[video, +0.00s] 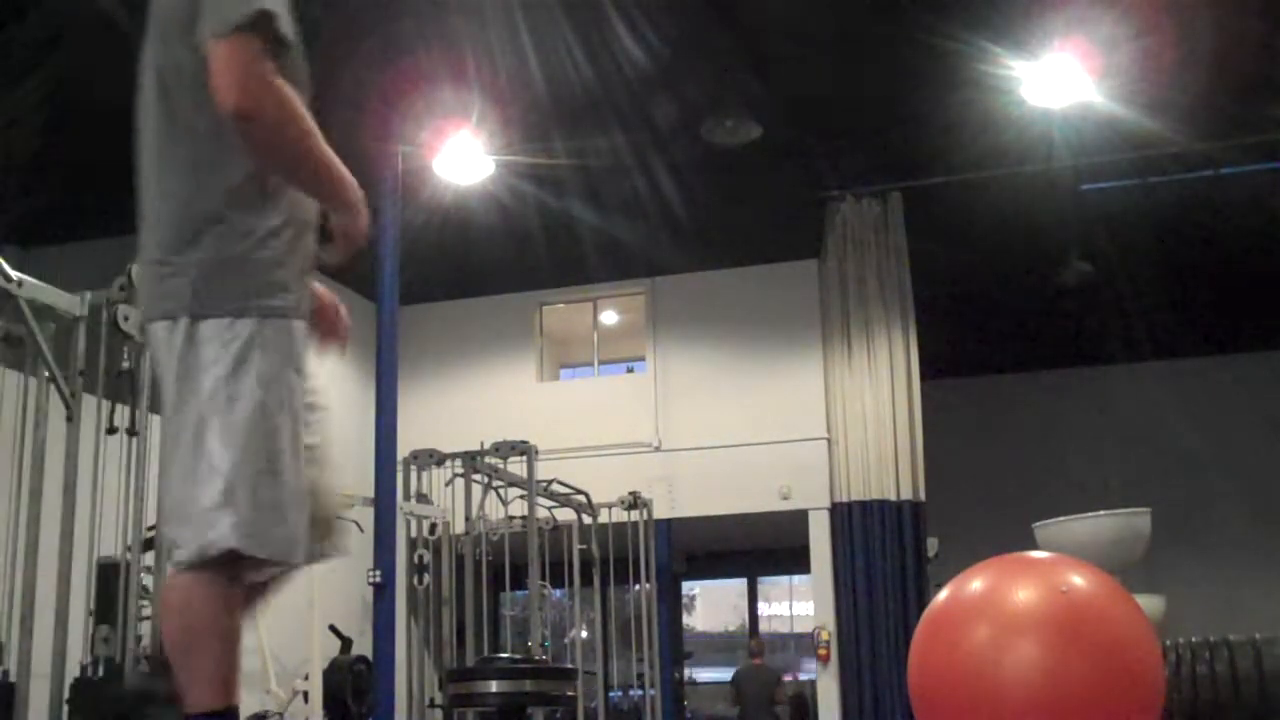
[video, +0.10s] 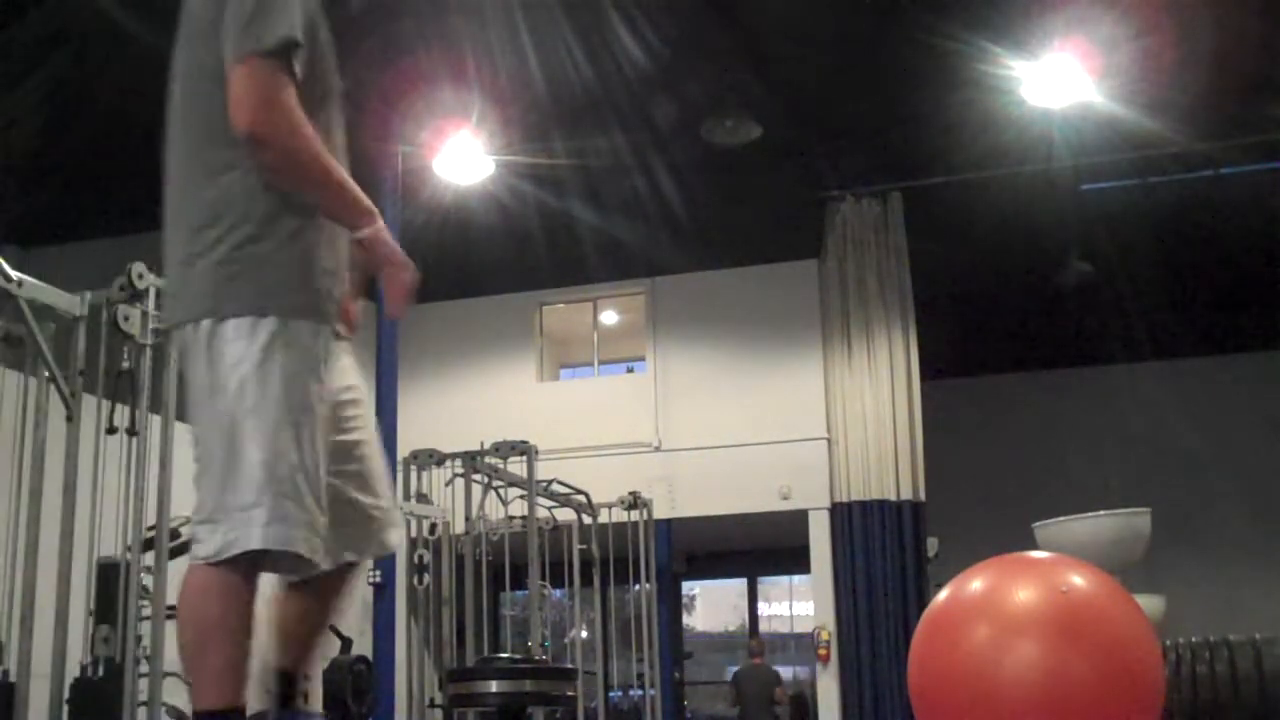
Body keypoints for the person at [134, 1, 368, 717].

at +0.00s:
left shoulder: (191, 21)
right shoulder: (227, 7)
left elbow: (208, 165)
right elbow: (244, 90)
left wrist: (296, 283)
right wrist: (347, 195)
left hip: (241, 300)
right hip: (220, 298)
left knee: (290, 531)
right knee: (218, 541)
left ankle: (161, 683)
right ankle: (210, 710)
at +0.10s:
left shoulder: (285, 22)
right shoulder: (258, 6)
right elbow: (261, 113)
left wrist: (331, 271)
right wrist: (370, 225)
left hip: (299, 303)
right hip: (249, 295)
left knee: (352, 525)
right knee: (233, 535)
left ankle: (284, 701)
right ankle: (218, 711)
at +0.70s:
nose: (554, 6)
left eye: (557, 6)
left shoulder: (496, 99)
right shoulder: (395, 10)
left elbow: (502, 248)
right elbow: (306, 126)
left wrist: (575, 295)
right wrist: (378, 221)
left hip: (460, 331)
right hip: (378, 304)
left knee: (467, 548)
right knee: (377, 513)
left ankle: (437, 717)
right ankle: (333, 713)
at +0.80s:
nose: (560, 4)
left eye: (562, 5)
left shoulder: (495, 82)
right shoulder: (403, 8)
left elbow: (482, 224)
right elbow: (324, 125)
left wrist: (559, 287)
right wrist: (409, 236)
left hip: (473, 332)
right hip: (387, 313)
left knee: (472, 562)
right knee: (371, 536)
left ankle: (448, 718)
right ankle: (335, 711)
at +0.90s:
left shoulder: (486, 45)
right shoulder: (402, 6)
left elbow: (461, 201)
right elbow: (347, 120)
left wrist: (532, 272)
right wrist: (432, 249)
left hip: (469, 312)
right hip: (386, 298)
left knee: (498, 549)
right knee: (372, 531)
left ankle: (463, 716)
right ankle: (339, 715)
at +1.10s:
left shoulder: (493, 41)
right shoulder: (418, 4)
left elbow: (470, 187)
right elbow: (377, 121)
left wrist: (504, 298)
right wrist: (446, 273)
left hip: (462, 308)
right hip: (390, 296)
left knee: (497, 545)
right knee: (384, 528)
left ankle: (472, 716)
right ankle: (341, 715)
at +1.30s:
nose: (585, 3)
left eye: (585, 7)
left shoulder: (534, 71)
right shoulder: (439, 4)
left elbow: (525, 204)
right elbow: (379, 116)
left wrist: (553, 324)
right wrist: (434, 261)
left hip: (491, 322)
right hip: (410, 300)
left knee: (479, 546)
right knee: (399, 517)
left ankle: (471, 714)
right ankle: (348, 710)